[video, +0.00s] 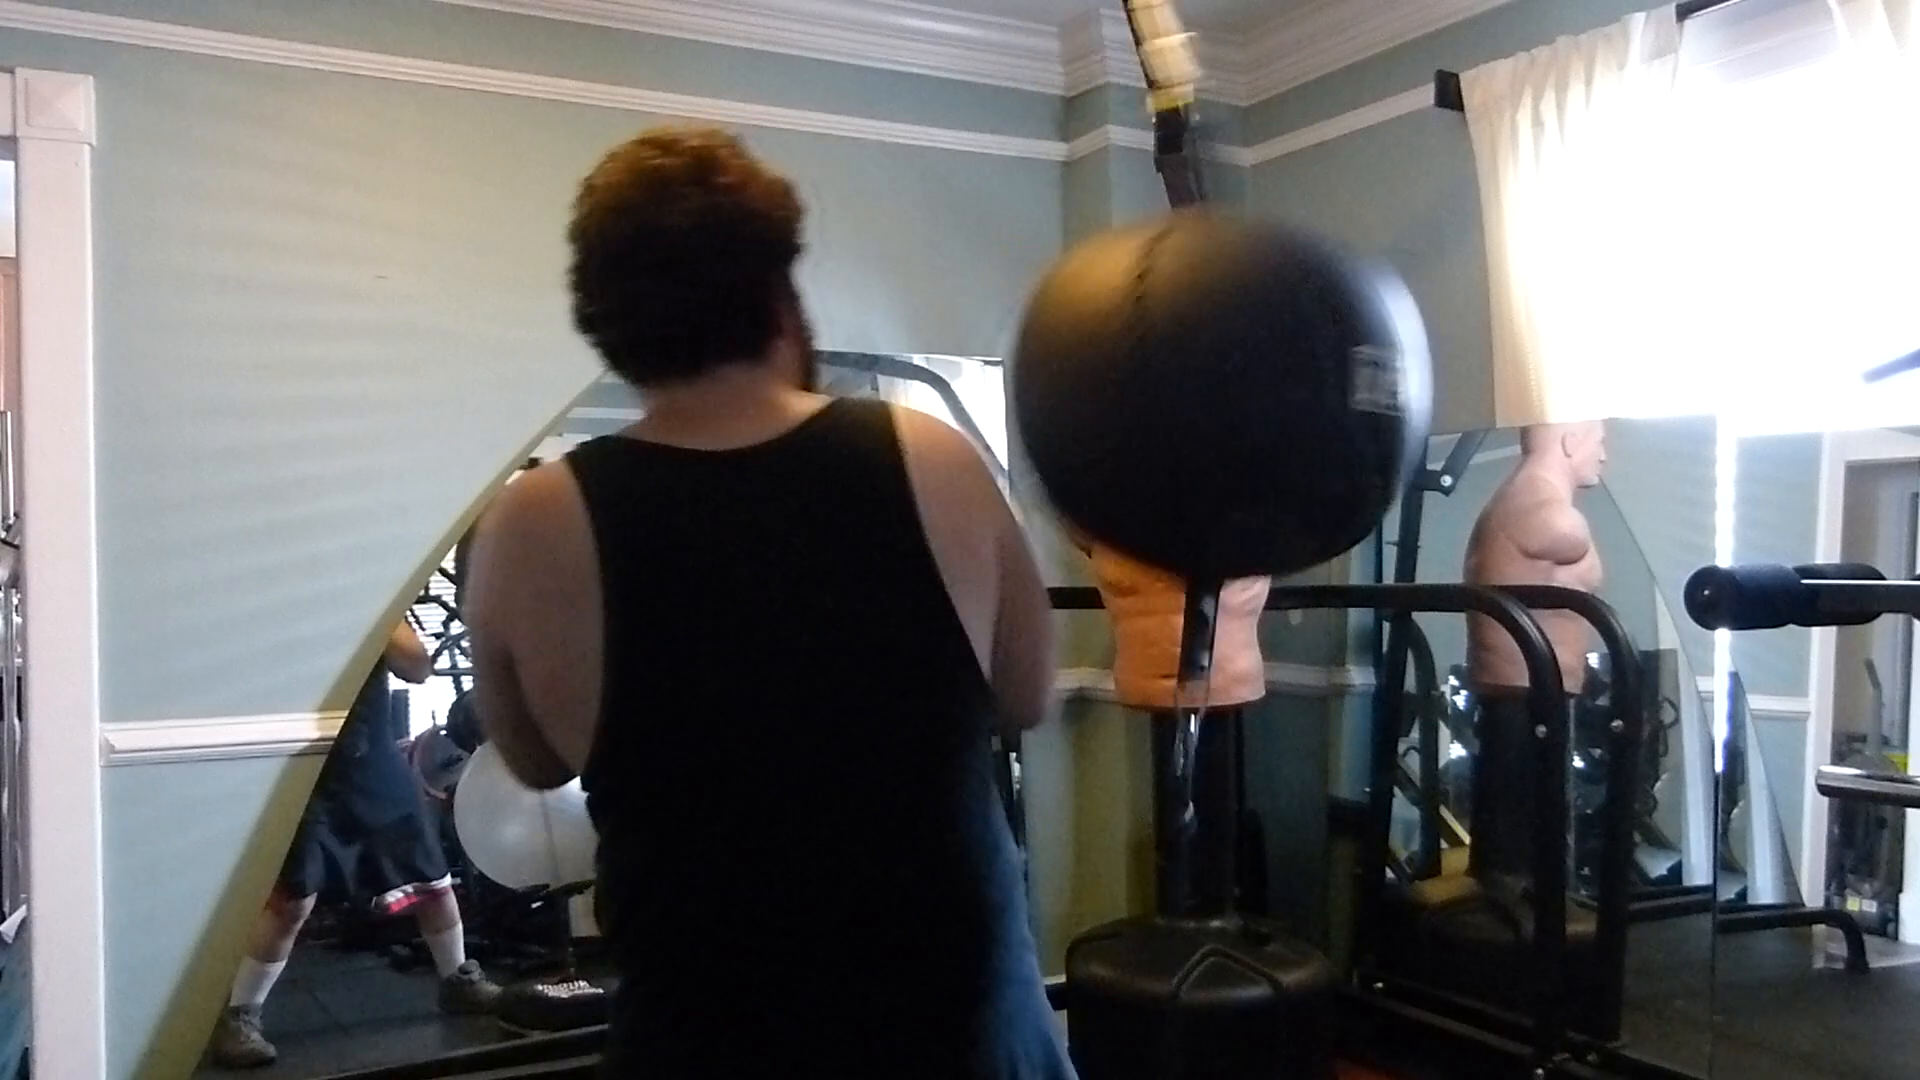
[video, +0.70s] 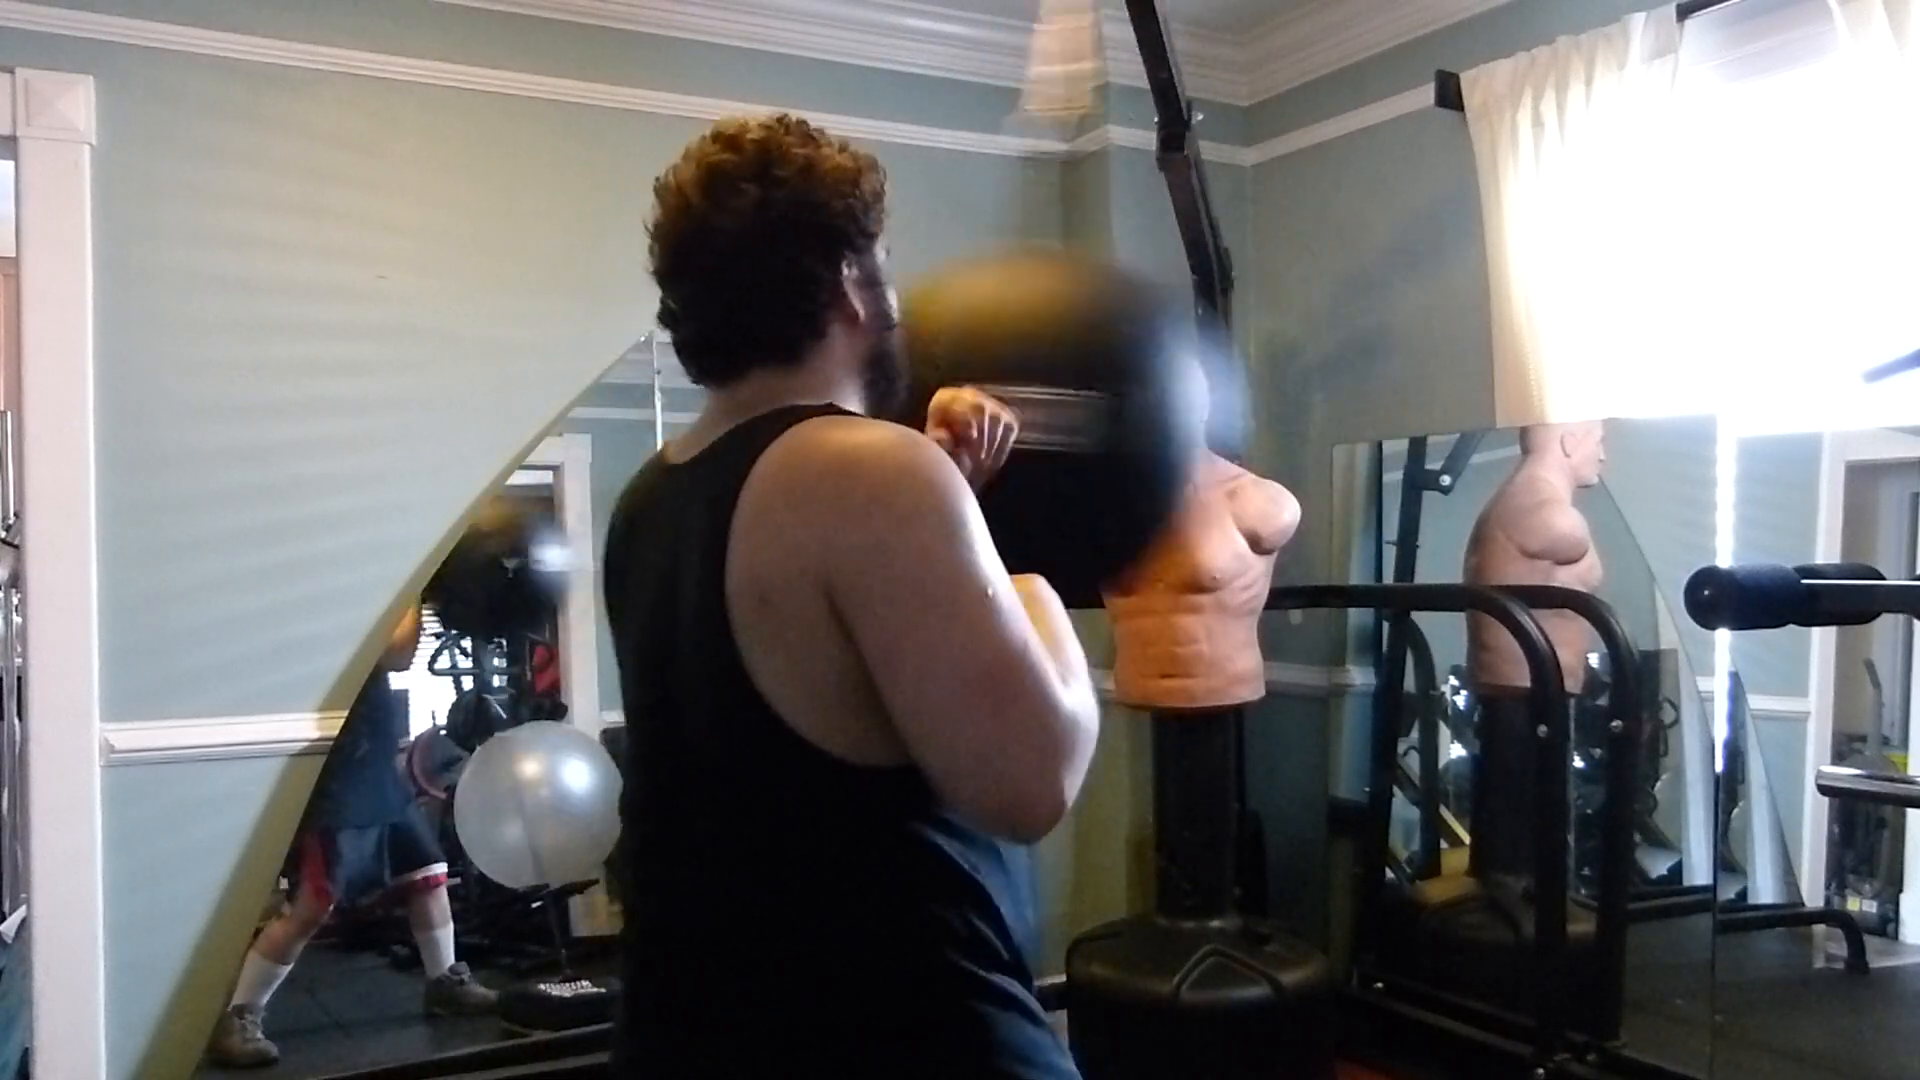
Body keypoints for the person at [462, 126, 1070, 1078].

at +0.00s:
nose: (806, 299)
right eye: (795, 276)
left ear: (604, 321)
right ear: (780, 296)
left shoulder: (534, 525)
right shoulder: (933, 460)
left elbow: (536, 759)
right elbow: (1024, 695)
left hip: (698, 1025)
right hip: (953, 1013)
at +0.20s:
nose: (718, 337)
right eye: (707, 314)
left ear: (524, 379)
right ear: (694, 327)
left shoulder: (485, 549)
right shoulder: (860, 446)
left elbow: (444, 854)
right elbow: (988, 688)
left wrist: (563, 725)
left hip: (696, 1032)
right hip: (967, 1014)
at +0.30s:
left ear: (564, 368)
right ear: (743, 328)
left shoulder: (522, 544)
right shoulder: (901, 457)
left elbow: (443, 861)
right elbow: (1043, 698)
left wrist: (554, 759)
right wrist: (890, 745)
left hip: (706, 1036)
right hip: (980, 1027)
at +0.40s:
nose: (828, 308)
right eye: (819, 286)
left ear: (627, 336)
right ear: (808, 304)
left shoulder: (589, 543)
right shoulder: (956, 457)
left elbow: (610, 738)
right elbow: (1134, 695)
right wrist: (961, 698)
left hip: (713, 1029)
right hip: (975, 1022)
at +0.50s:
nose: (862, 311)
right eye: (853, 285)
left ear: (661, 343)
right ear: (837, 312)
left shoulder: (672, 517)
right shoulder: (903, 463)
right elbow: (1148, 696)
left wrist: (966, 464)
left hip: (738, 1022)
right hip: (956, 1026)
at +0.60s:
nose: (894, 300)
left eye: (883, 270)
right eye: (882, 272)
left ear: (694, 322)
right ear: (855, 296)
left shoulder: (690, 500)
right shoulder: (884, 465)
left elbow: (883, 620)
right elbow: (1076, 743)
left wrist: (977, 434)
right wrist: (1080, 605)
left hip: (744, 1009)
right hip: (937, 1018)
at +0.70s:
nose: (890, 301)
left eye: (881, 270)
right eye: (880, 270)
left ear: (692, 312)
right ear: (851, 287)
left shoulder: (650, 499)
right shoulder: (877, 475)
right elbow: (1030, 785)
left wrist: (928, 484)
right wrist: (1033, 595)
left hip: (705, 1001)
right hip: (906, 1015)